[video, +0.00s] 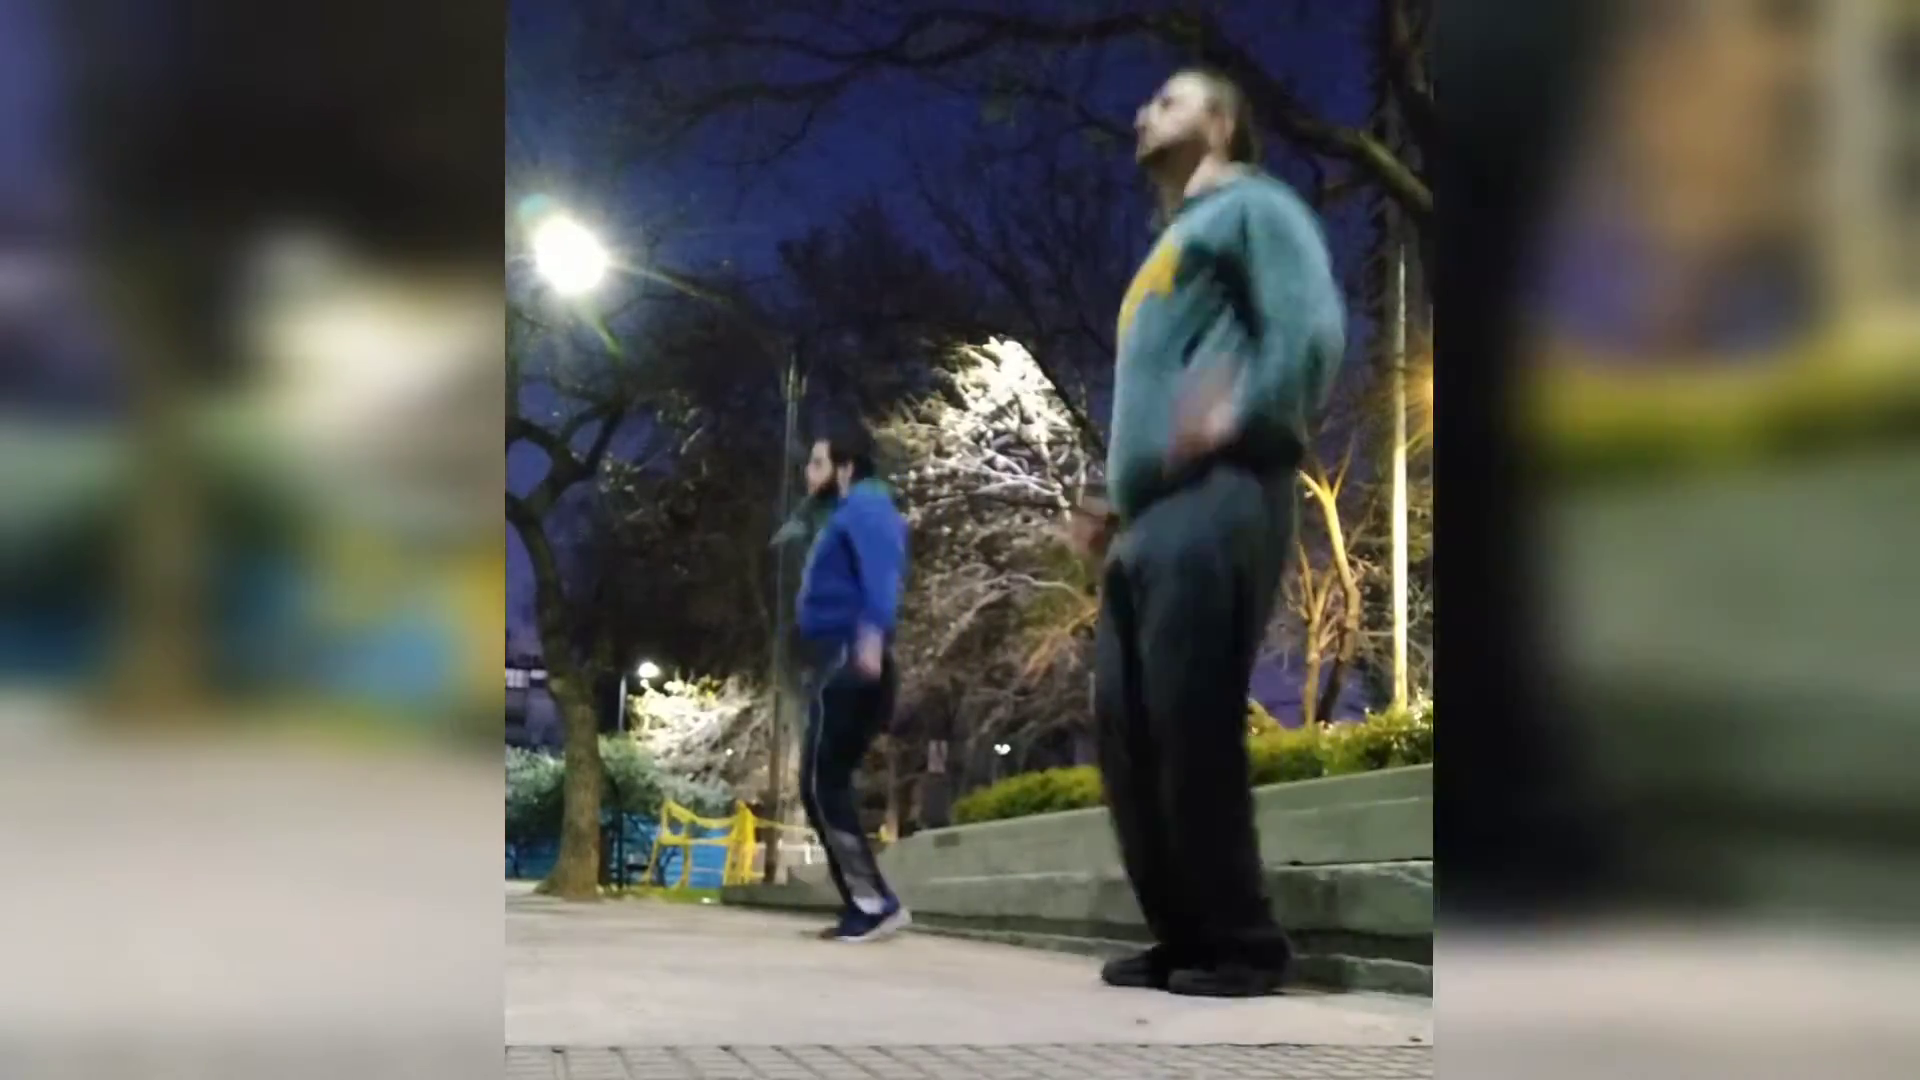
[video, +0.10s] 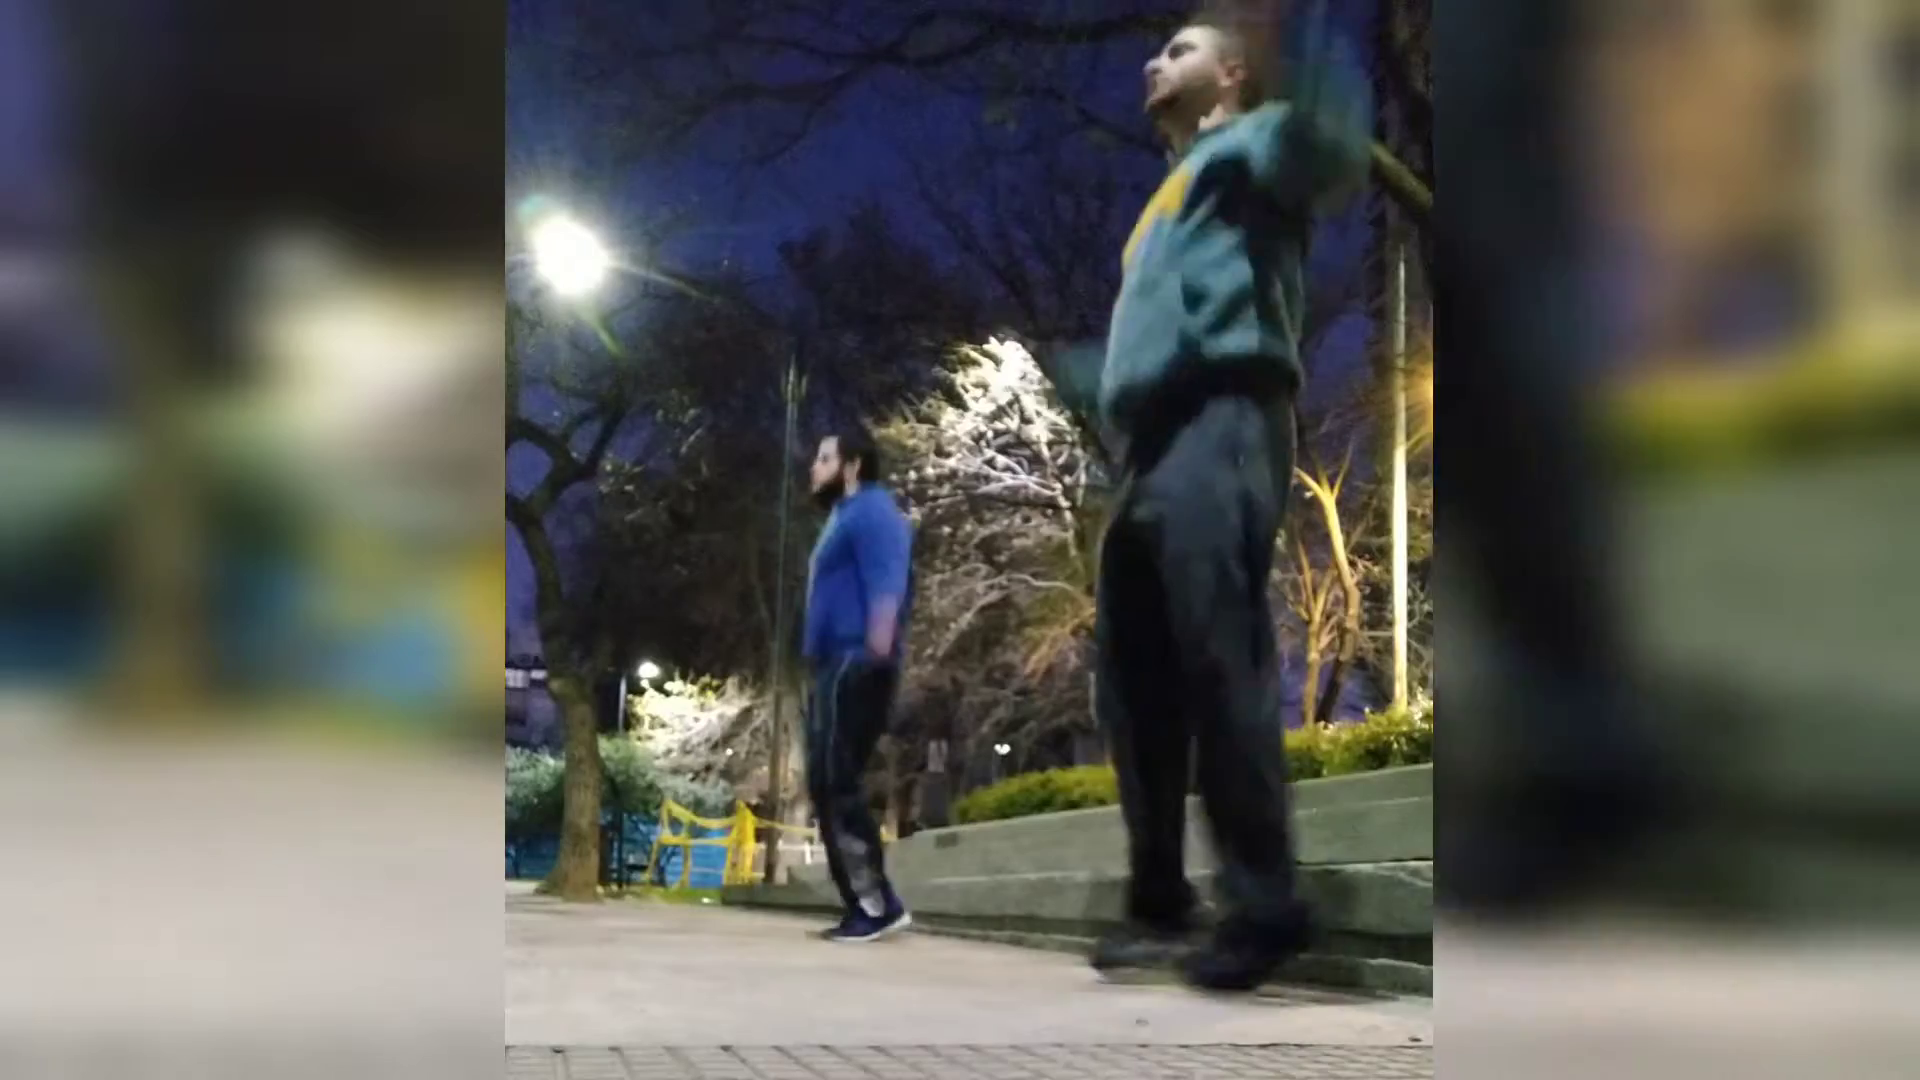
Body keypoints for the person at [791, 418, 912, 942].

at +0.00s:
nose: (809, 469)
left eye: (817, 460)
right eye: (810, 460)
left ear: (845, 465)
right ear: (842, 466)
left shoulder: (866, 504)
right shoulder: (843, 510)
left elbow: (880, 570)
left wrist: (871, 633)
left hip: (854, 654)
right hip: (833, 654)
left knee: (823, 779)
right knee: (820, 782)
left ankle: (872, 900)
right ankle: (861, 901)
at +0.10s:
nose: (815, 467)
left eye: (824, 458)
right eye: (817, 458)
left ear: (852, 464)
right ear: (848, 466)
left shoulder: (872, 509)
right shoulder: (847, 513)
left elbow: (885, 583)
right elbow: (853, 589)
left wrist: (877, 650)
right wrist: (825, 656)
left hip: (857, 662)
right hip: (832, 662)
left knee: (836, 779)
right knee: (827, 781)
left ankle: (876, 902)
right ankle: (859, 902)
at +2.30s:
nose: (865, 500)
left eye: (873, 492)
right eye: (866, 493)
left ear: (896, 495)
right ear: (884, 502)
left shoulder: (921, 531)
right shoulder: (877, 545)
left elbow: (924, 461)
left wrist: (910, 433)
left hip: (899, 677)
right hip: (864, 680)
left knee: (888, 800)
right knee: (854, 803)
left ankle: (943, 913)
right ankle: (885, 907)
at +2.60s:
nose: (862, 452)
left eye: (872, 444)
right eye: (863, 443)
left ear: (900, 450)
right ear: (883, 452)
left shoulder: (918, 484)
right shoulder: (872, 495)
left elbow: (942, 547)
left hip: (897, 627)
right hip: (865, 630)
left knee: (872, 751)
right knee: (860, 755)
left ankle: (911, 883)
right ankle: (888, 886)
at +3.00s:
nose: (869, 452)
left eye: (879, 443)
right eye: (870, 444)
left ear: (906, 452)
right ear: (891, 457)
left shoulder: (920, 497)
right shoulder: (882, 504)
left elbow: (933, 442)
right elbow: (862, 482)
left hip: (895, 633)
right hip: (861, 634)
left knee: (892, 752)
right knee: (863, 763)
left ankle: (925, 878)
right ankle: (875, 883)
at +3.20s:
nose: (864, 502)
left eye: (873, 493)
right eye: (864, 493)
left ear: (897, 498)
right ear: (873, 502)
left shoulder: (918, 532)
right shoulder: (871, 548)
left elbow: (922, 462)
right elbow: (859, 548)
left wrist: (914, 427)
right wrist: (864, 526)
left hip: (900, 674)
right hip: (865, 679)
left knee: (884, 799)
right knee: (853, 804)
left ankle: (936, 910)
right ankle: (884, 907)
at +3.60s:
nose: (861, 493)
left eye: (871, 484)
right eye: (862, 484)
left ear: (898, 489)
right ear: (890, 490)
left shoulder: (917, 535)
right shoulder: (885, 539)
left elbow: (928, 607)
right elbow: (883, 614)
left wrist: (921, 675)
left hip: (897, 683)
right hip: (872, 683)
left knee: (865, 795)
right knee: (851, 800)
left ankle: (911, 910)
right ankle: (896, 908)